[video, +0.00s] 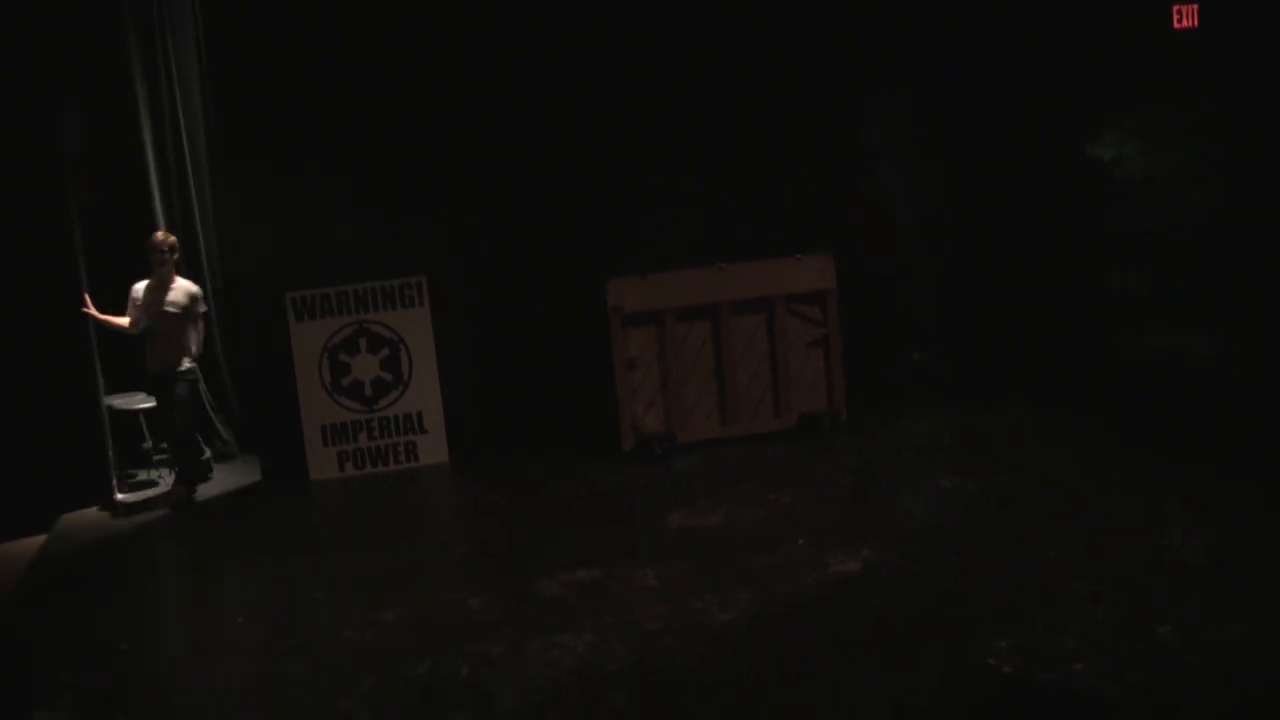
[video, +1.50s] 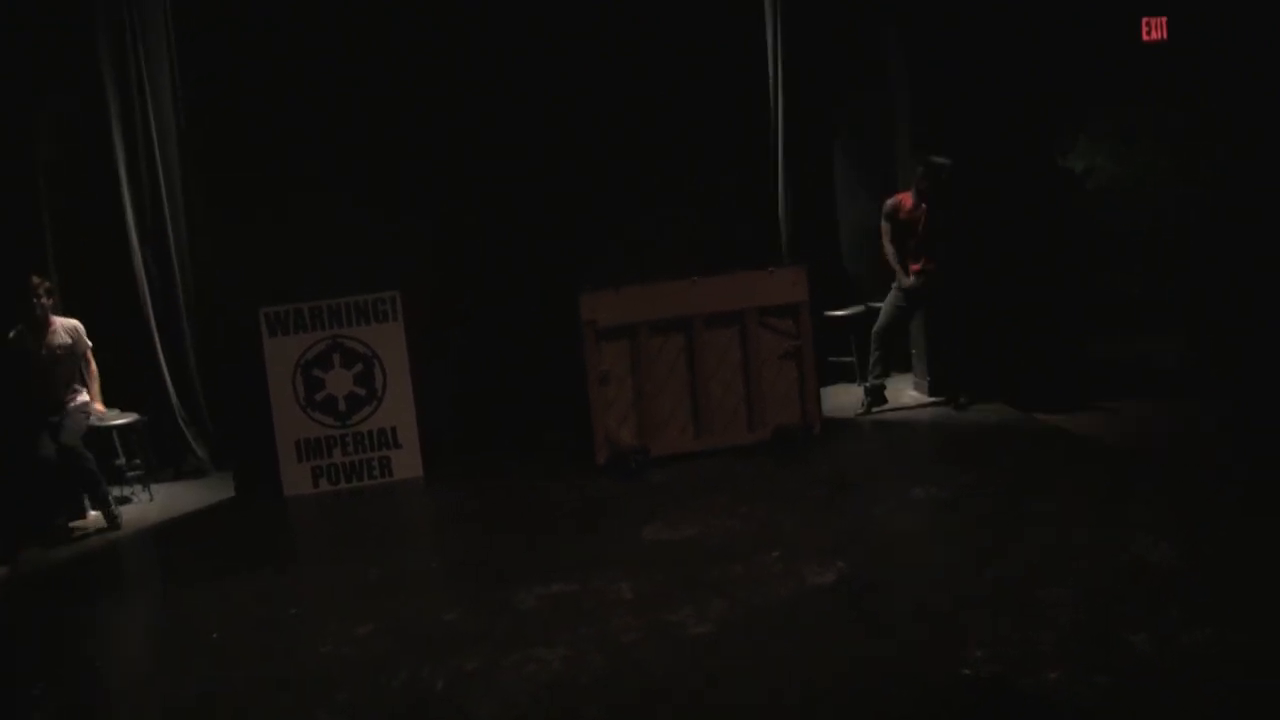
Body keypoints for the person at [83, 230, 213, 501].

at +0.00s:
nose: (161, 258)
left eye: (166, 252)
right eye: (156, 252)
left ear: (175, 255)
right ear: (149, 256)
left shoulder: (190, 291)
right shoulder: (140, 290)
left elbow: (197, 325)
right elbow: (133, 325)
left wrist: (194, 351)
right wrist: (97, 316)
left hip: (183, 369)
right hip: (156, 370)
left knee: (183, 421)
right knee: (169, 423)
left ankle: (187, 477)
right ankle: (193, 467)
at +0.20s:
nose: (138, 259)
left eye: (143, 253)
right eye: (135, 253)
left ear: (150, 256)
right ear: (131, 255)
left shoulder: (156, 291)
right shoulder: (124, 285)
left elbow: (173, 331)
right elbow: (124, 318)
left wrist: (189, 365)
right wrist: (96, 318)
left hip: (162, 366)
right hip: (137, 368)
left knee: (173, 426)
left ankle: (183, 482)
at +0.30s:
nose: (127, 259)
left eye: (132, 253)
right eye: (124, 253)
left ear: (138, 256)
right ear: (117, 254)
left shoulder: (144, 291)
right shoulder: (110, 285)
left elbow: (146, 326)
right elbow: (112, 320)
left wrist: (153, 348)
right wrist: (93, 330)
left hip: (144, 365)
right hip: (118, 366)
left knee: (157, 421)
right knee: (119, 423)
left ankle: (178, 471)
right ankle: (127, 477)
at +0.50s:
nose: (102, 260)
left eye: (105, 254)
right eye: (97, 254)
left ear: (110, 258)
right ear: (86, 258)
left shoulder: (121, 293)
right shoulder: (68, 296)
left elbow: (101, 312)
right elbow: (64, 336)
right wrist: (68, 370)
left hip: (118, 375)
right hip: (83, 379)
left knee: (134, 429)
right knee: (77, 442)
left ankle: (161, 487)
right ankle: (70, 508)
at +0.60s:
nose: (84, 269)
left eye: (88, 263)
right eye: (80, 263)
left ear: (94, 265)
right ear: (69, 266)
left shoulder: (107, 295)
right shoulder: (54, 304)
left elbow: (112, 329)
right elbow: (48, 345)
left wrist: (86, 313)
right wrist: (49, 376)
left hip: (106, 375)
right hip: (72, 380)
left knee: (117, 431)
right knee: (72, 441)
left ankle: (138, 490)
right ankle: (70, 505)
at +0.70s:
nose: (65, 271)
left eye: (69, 265)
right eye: (60, 266)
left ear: (79, 267)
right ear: (54, 270)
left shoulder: (101, 300)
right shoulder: (44, 308)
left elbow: (114, 332)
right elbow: (37, 344)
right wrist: (40, 372)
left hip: (96, 381)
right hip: (61, 385)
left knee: (106, 439)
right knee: (62, 446)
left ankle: (129, 493)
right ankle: (64, 509)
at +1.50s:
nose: (36, 303)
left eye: (40, 297)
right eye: (31, 298)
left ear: (50, 299)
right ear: (25, 303)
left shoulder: (71, 328)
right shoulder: (18, 338)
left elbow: (89, 363)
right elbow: (17, 380)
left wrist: (96, 400)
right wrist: (21, 410)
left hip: (72, 400)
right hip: (39, 406)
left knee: (69, 445)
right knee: (44, 457)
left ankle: (105, 506)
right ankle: (55, 521)